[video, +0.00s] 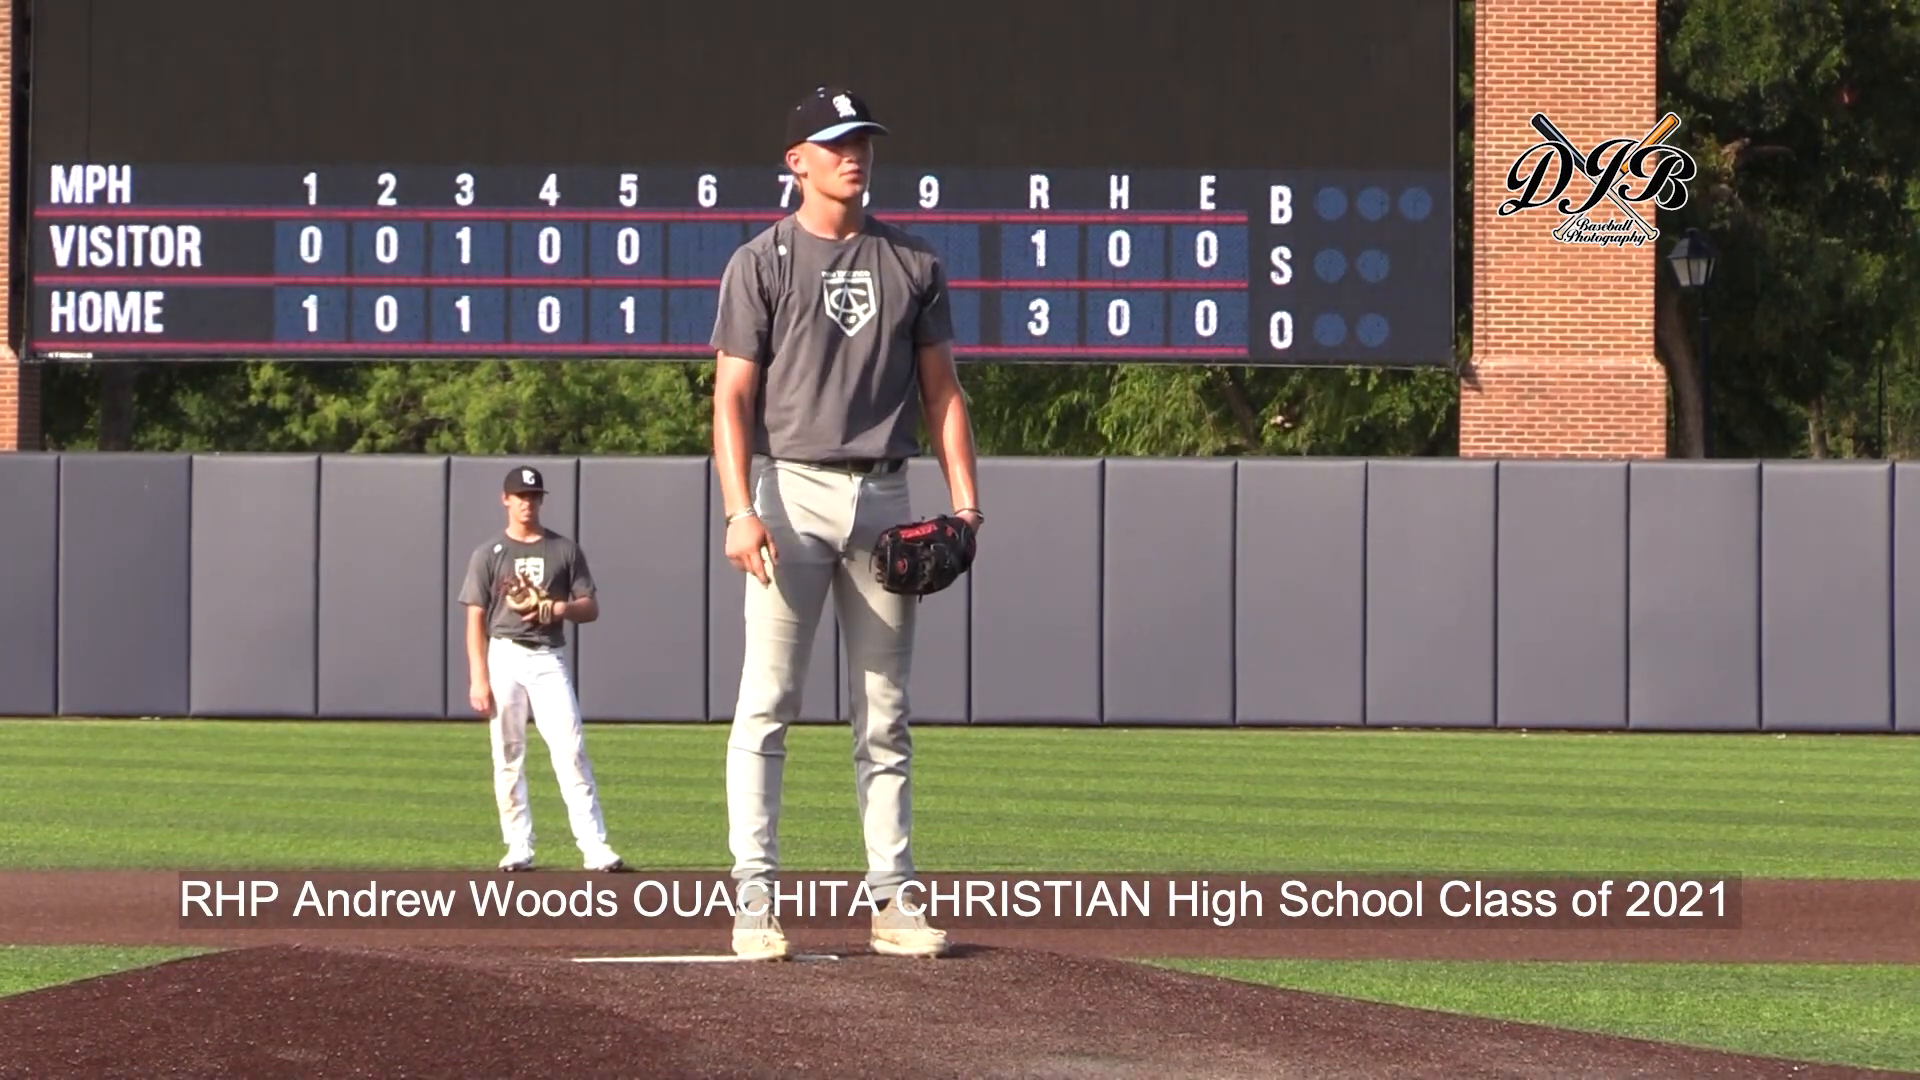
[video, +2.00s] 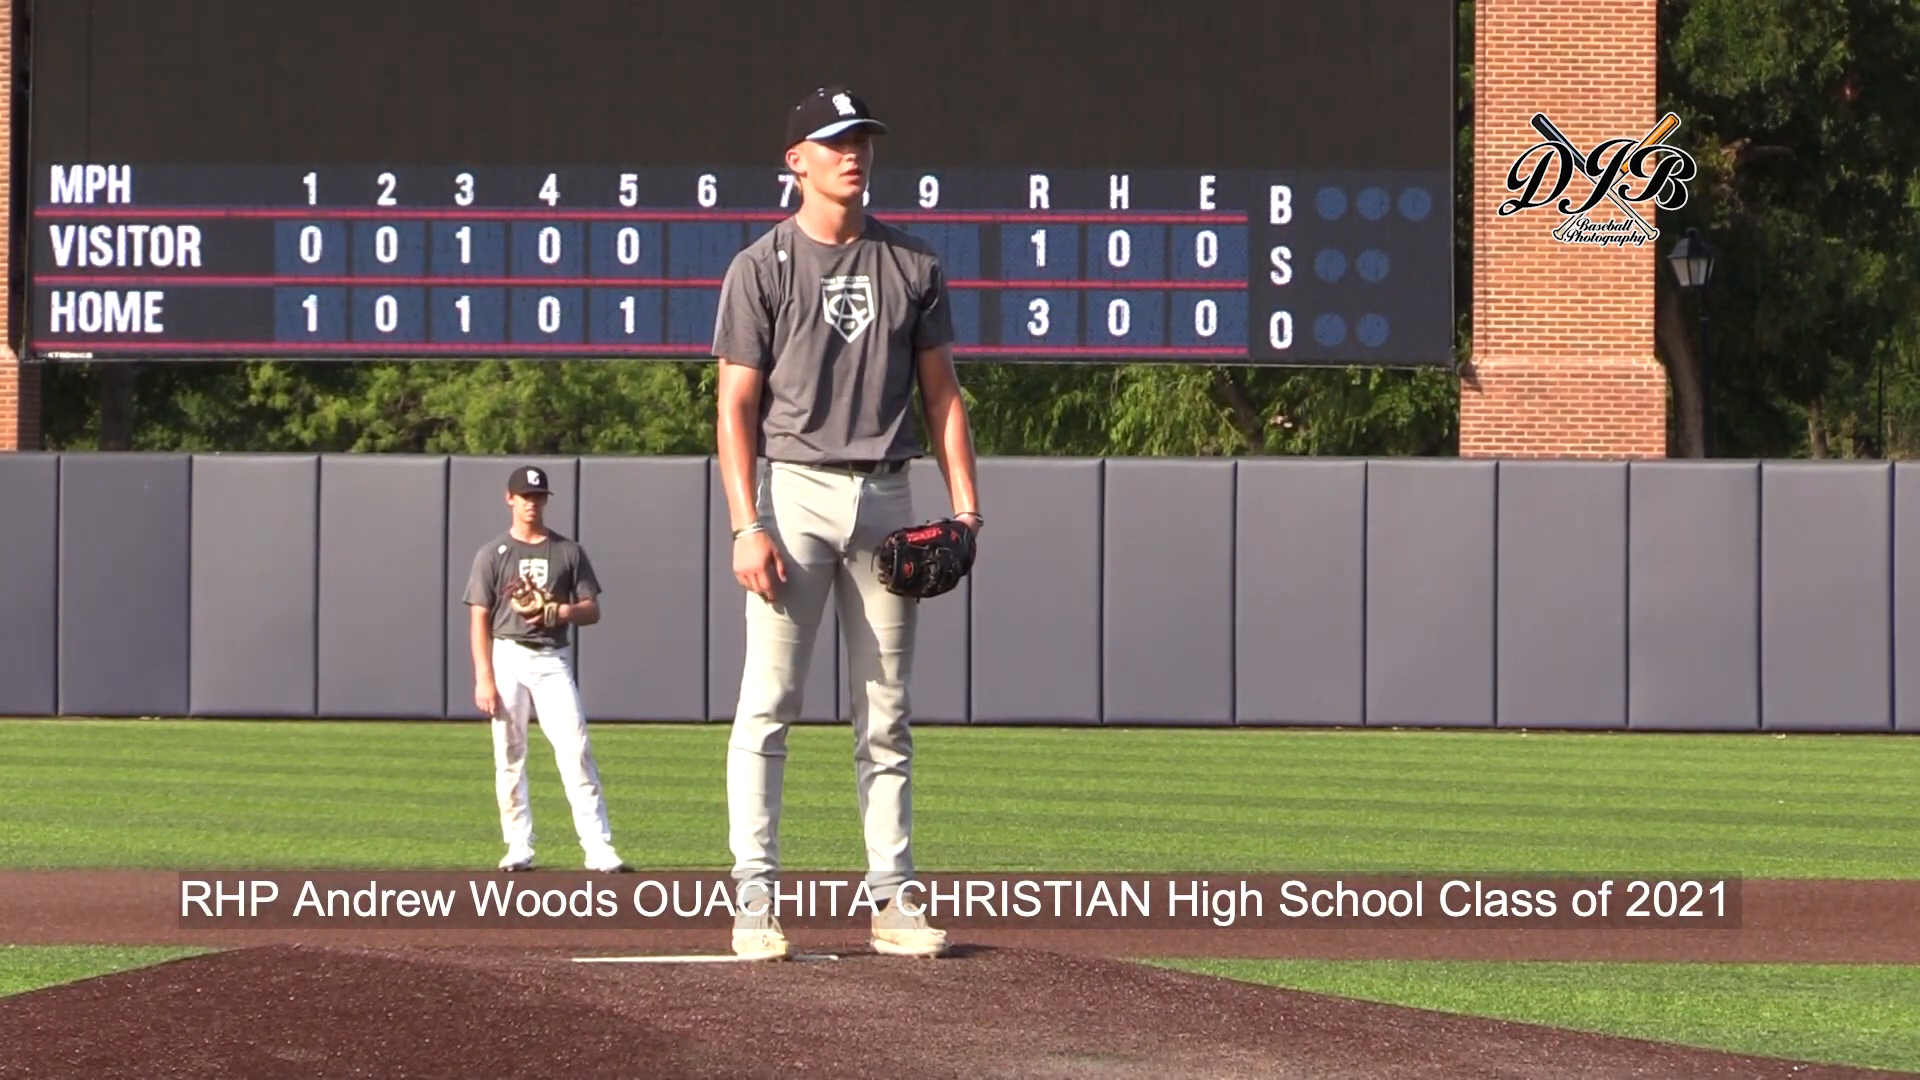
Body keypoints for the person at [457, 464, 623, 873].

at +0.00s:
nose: (528, 503)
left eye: (534, 497)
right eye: (521, 497)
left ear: (543, 500)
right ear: (506, 500)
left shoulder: (566, 550)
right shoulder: (487, 555)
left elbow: (589, 609)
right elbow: (476, 621)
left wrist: (557, 607)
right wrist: (479, 680)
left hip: (549, 657)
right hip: (502, 655)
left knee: (572, 750)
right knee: (508, 756)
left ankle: (596, 850)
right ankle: (519, 849)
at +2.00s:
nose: (532, 504)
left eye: (538, 497)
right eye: (525, 497)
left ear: (547, 500)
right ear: (510, 500)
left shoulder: (569, 551)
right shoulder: (491, 555)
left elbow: (591, 610)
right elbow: (479, 622)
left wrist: (559, 611)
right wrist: (484, 679)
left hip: (552, 658)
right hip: (505, 656)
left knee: (576, 749)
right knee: (509, 757)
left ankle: (599, 851)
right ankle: (519, 850)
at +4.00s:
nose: (565, 502)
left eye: (571, 495)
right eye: (558, 495)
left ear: (579, 498)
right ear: (544, 497)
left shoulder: (601, 551)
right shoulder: (522, 549)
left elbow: (623, 602)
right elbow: (504, 607)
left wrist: (598, 620)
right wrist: (510, 666)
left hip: (584, 660)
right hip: (537, 659)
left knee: (579, 759)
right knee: (528, 758)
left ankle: (576, 852)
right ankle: (521, 848)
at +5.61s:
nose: (537, 514)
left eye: (543, 506)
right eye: (529, 508)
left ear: (551, 507)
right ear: (514, 511)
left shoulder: (581, 546)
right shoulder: (503, 560)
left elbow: (607, 586)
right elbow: (485, 618)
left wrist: (594, 629)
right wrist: (481, 681)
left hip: (576, 664)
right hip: (528, 665)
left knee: (605, 754)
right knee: (519, 763)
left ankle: (625, 846)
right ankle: (517, 856)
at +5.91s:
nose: (580, 520)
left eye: (586, 512)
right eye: (572, 513)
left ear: (594, 513)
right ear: (557, 516)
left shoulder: (619, 554)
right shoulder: (542, 565)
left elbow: (644, 596)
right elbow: (522, 623)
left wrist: (626, 635)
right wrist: (513, 684)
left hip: (606, 673)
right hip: (558, 670)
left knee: (627, 764)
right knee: (533, 763)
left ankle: (653, 857)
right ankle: (517, 856)